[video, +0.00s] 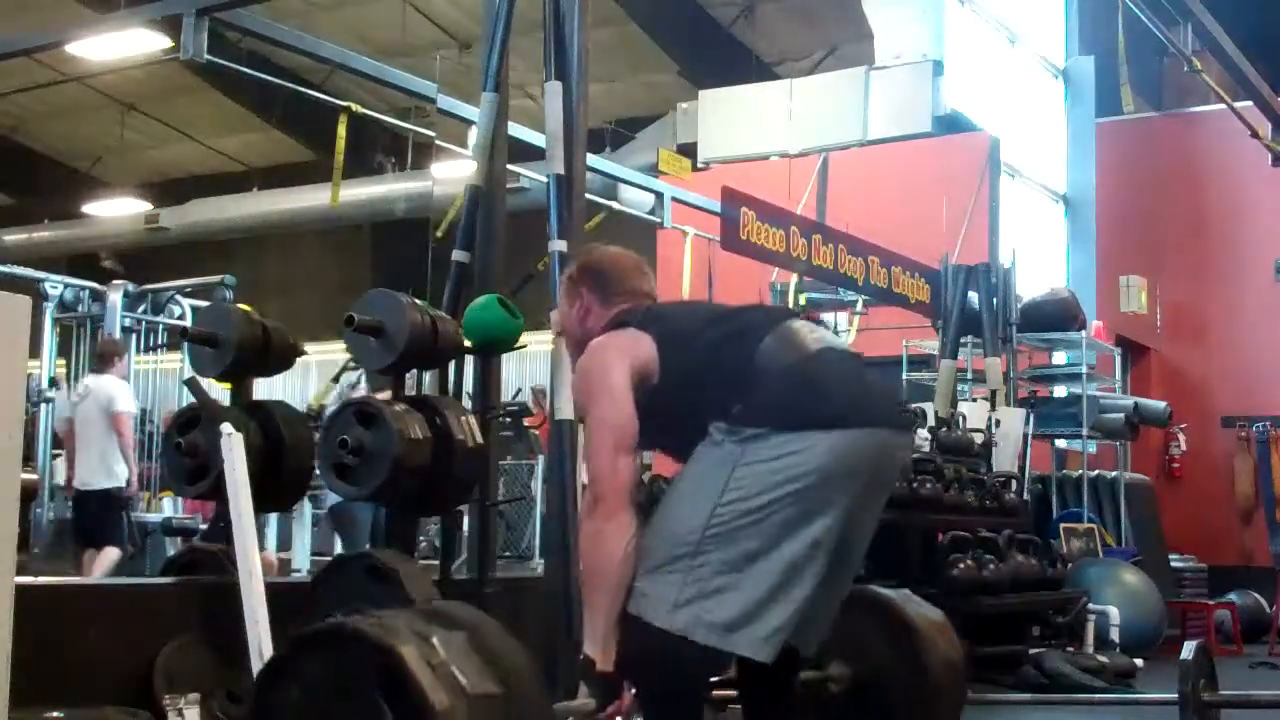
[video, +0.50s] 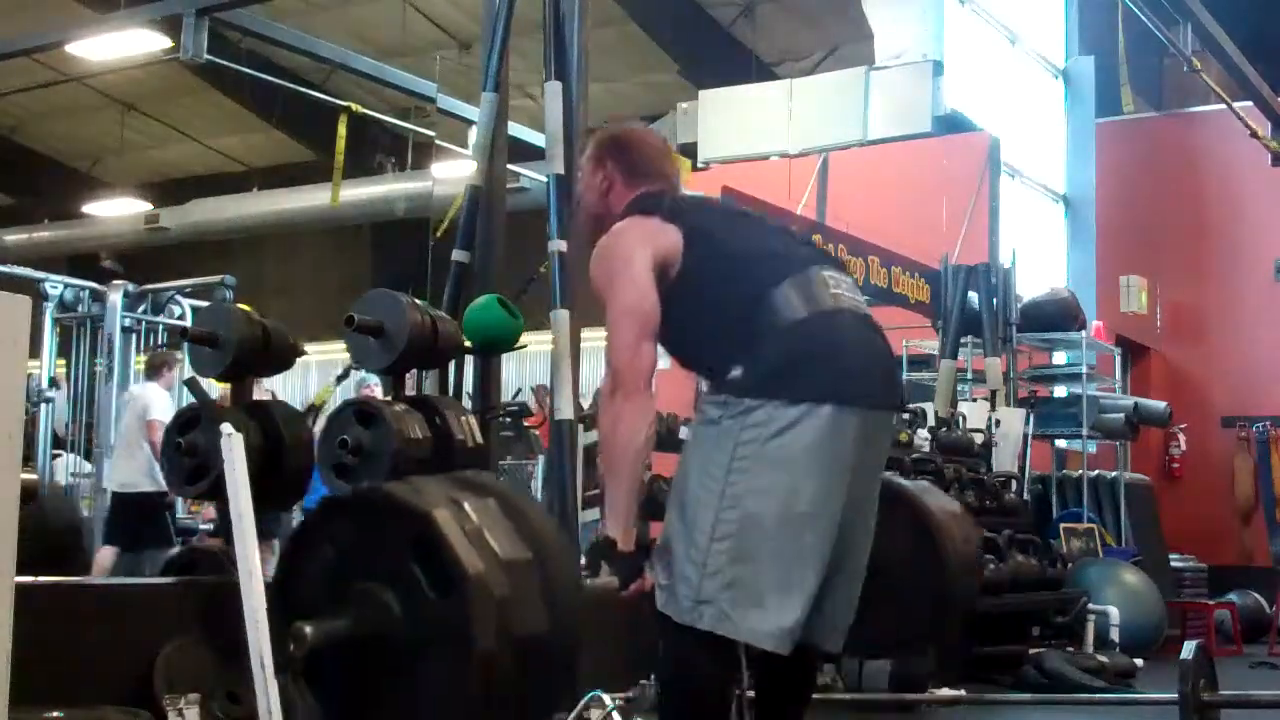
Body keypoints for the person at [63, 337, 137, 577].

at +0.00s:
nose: (127, 365)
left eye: (126, 359)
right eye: (125, 360)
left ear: (100, 360)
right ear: (116, 361)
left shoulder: (81, 387)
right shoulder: (117, 387)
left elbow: (67, 432)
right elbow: (123, 430)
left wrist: (71, 472)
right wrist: (133, 471)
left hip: (83, 482)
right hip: (109, 481)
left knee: (89, 546)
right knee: (116, 544)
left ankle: (87, 593)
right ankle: (90, 588)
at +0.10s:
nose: (132, 366)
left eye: (131, 361)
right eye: (130, 361)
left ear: (105, 360)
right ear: (122, 360)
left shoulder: (87, 386)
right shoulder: (121, 386)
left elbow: (77, 433)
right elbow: (125, 427)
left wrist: (81, 467)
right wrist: (139, 466)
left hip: (88, 480)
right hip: (115, 479)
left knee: (93, 544)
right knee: (132, 539)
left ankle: (89, 597)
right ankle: (104, 580)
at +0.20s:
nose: (141, 368)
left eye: (140, 363)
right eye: (139, 363)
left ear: (116, 362)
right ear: (130, 362)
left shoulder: (95, 388)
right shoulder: (127, 387)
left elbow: (87, 431)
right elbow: (128, 427)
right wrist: (146, 465)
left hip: (94, 480)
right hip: (123, 479)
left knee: (94, 543)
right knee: (144, 537)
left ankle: (93, 597)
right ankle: (125, 584)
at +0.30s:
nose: (148, 372)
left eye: (148, 366)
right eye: (147, 366)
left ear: (125, 365)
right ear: (138, 365)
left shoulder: (104, 388)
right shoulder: (133, 389)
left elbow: (100, 433)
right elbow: (133, 429)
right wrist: (153, 466)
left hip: (100, 481)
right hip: (130, 480)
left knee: (97, 543)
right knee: (153, 541)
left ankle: (93, 602)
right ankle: (147, 598)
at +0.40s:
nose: (161, 374)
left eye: (161, 369)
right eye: (160, 369)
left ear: (135, 366)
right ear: (151, 368)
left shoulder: (115, 390)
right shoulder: (144, 392)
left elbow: (106, 435)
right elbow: (144, 434)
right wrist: (165, 471)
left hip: (109, 483)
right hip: (138, 484)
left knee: (102, 544)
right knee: (161, 545)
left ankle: (86, 600)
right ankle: (169, 603)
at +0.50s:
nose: (176, 377)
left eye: (176, 372)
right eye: (175, 372)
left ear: (151, 371)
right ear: (165, 371)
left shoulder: (135, 392)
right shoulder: (157, 395)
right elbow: (156, 438)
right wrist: (171, 477)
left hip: (122, 484)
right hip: (146, 485)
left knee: (111, 544)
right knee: (166, 550)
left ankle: (91, 594)